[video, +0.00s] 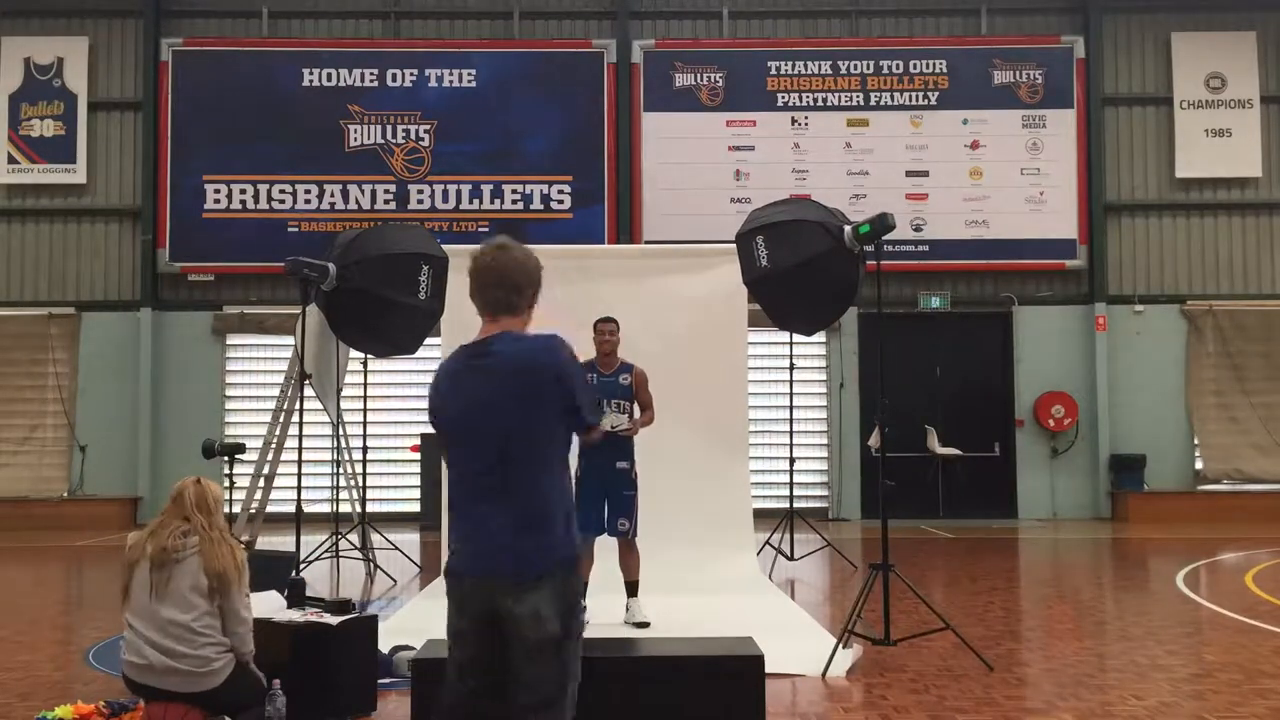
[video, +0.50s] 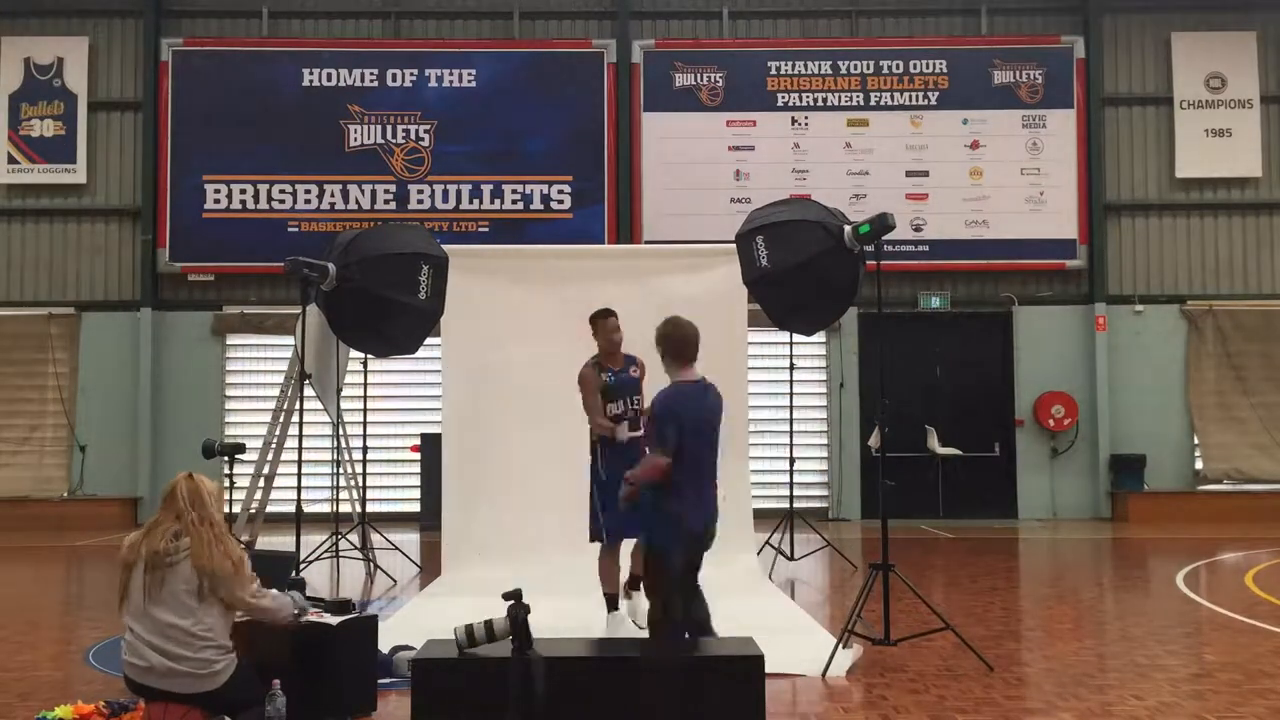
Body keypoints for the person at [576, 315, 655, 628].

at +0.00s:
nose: (606, 339)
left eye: (611, 334)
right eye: (601, 334)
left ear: (619, 339)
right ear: (593, 338)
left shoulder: (634, 375)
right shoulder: (579, 373)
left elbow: (648, 412)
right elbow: (566, 408)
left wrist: (637, 424)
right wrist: (583, 428)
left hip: (621, 464)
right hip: (588, 464)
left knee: (626, 535)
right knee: (584, 535)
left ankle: (633, 603)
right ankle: (578, 604)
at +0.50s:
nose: (616, 336)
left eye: (618, 330)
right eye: (609, 332)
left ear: (622, 332)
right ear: (596, 337)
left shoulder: (637, 365)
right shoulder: (590, 373)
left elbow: (637, 409)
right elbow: (595, 419)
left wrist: (655, 418)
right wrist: (615, 429)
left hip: (639, 453)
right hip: (608, 457)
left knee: (650, 527)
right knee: (612, 536)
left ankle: (633, 591)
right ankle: (613, 613)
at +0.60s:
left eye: (502, 347)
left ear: (497, 351)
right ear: (534, 349)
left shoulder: (483, 404)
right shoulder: (560, 394)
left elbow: (469, 469)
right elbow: (610, 429)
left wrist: (479, 510)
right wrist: (640, 463)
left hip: (512, 522)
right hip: (561, 520)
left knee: (507, 607)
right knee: (569, 607)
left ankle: (518, 693)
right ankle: (576, 693)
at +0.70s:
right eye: (573, 350)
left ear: (537, 352)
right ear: (573, 352)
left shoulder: (518, 399)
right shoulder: (590, 394)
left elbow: (486, 456)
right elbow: (630, 423)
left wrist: (492, 508)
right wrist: (650, 473)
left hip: (534, 521)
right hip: (582, 520)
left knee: (525, 609)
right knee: (583, 611)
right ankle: (583, 687)